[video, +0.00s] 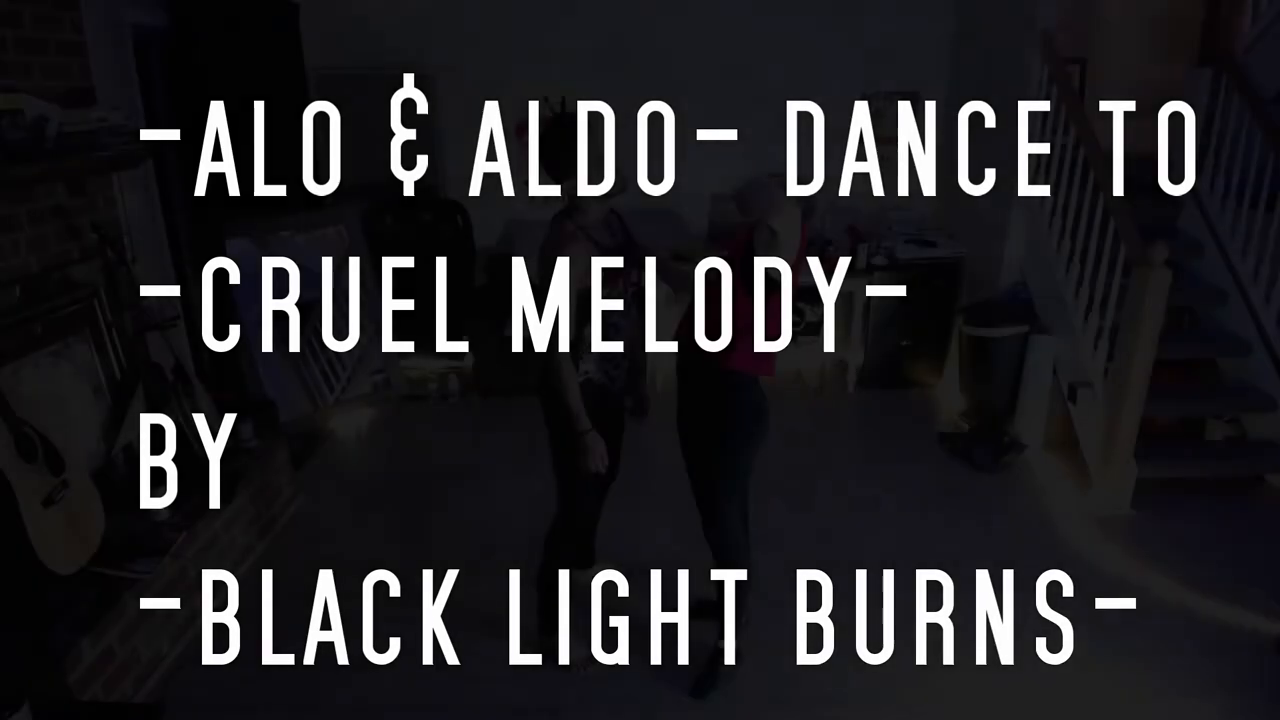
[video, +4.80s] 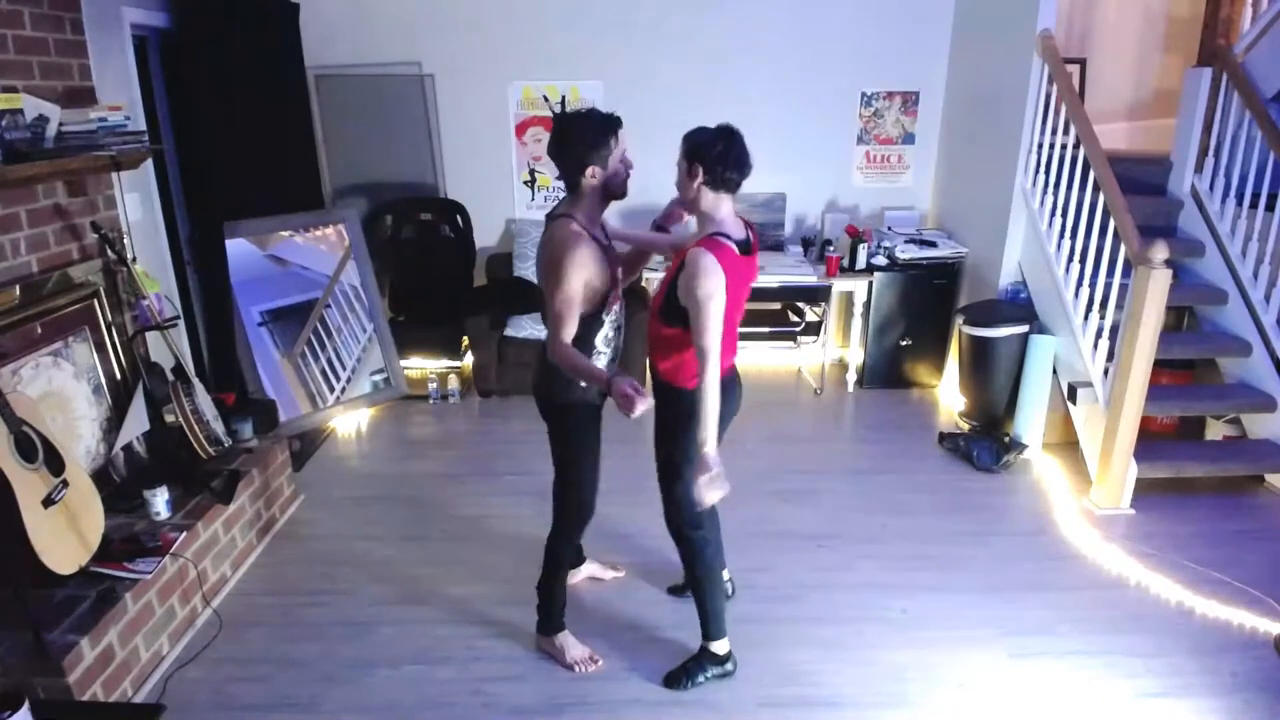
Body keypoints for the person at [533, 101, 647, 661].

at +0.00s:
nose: (606, 173)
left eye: (606, 161)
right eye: (596, 161)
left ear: (605, 171)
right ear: (577, 169)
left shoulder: (612, 230)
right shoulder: (564, 238)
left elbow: (627, 320)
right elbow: (556, 344)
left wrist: (638, 385)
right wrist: (582, 428)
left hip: (611, 392)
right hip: (576, 396)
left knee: (587, 513)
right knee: (580, 513)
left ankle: (568, 619)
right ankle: (561, 623)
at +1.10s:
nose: (642, 165)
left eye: (640, 153)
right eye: (633, 155)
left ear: (612, 159)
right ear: (612, 161)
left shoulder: (636, 214)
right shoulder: (582, 229)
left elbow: (641, 294)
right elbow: (568, 339)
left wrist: (649, 360)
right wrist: (595, 422)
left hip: (622, 374)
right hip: (586, 377)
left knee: (598, 494)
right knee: (593, 499)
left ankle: (573, 597)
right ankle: (564, 617)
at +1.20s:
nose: (631, 168)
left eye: (626, 157)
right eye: (619, 159)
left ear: (597, 165)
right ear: (596, 166)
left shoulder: (620, 219)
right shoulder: (581, 233)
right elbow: (571, 347)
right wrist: (601, 431)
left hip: (612, 378)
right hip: (586, 381)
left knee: (589, 498)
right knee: (588, 501)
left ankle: (570, 617)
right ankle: (561, 629)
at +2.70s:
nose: (599, 161)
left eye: (597, 149)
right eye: (584, 150)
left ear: (571, 163)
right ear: (548, 162)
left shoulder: (567, 229)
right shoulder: (535, 242)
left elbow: (584, 305)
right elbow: (514, 352)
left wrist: (636, 306)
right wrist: (525, 446)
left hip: (580, 393)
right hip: (551, 402)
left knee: (612, 469)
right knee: (556, 527)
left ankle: (565, 557)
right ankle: (553, 636)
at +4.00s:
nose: (629, 156)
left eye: (626, 144)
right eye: (620, 147)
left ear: (582, 158)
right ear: (590, 158)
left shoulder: (578, 212)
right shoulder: (579, 228)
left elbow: (614, 252)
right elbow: (574, 328)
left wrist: (645, 250)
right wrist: (603, 406)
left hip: (579, 364)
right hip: (575, 373)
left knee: (588, 473)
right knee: (574, 495)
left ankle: (572, 560)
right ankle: (558, 617)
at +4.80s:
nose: (630, 162)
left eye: (624, 151)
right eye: (620, 154)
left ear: (587, 173)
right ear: (592, 174)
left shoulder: (586, 220)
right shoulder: (571, 249)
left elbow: (608, 280)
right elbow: (559, 348)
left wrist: (659, 237)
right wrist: (609, 381)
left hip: (582, 374)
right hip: (567, 384)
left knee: (578, 483)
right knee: (573, 508)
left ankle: (571, 563)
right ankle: (551, 629)